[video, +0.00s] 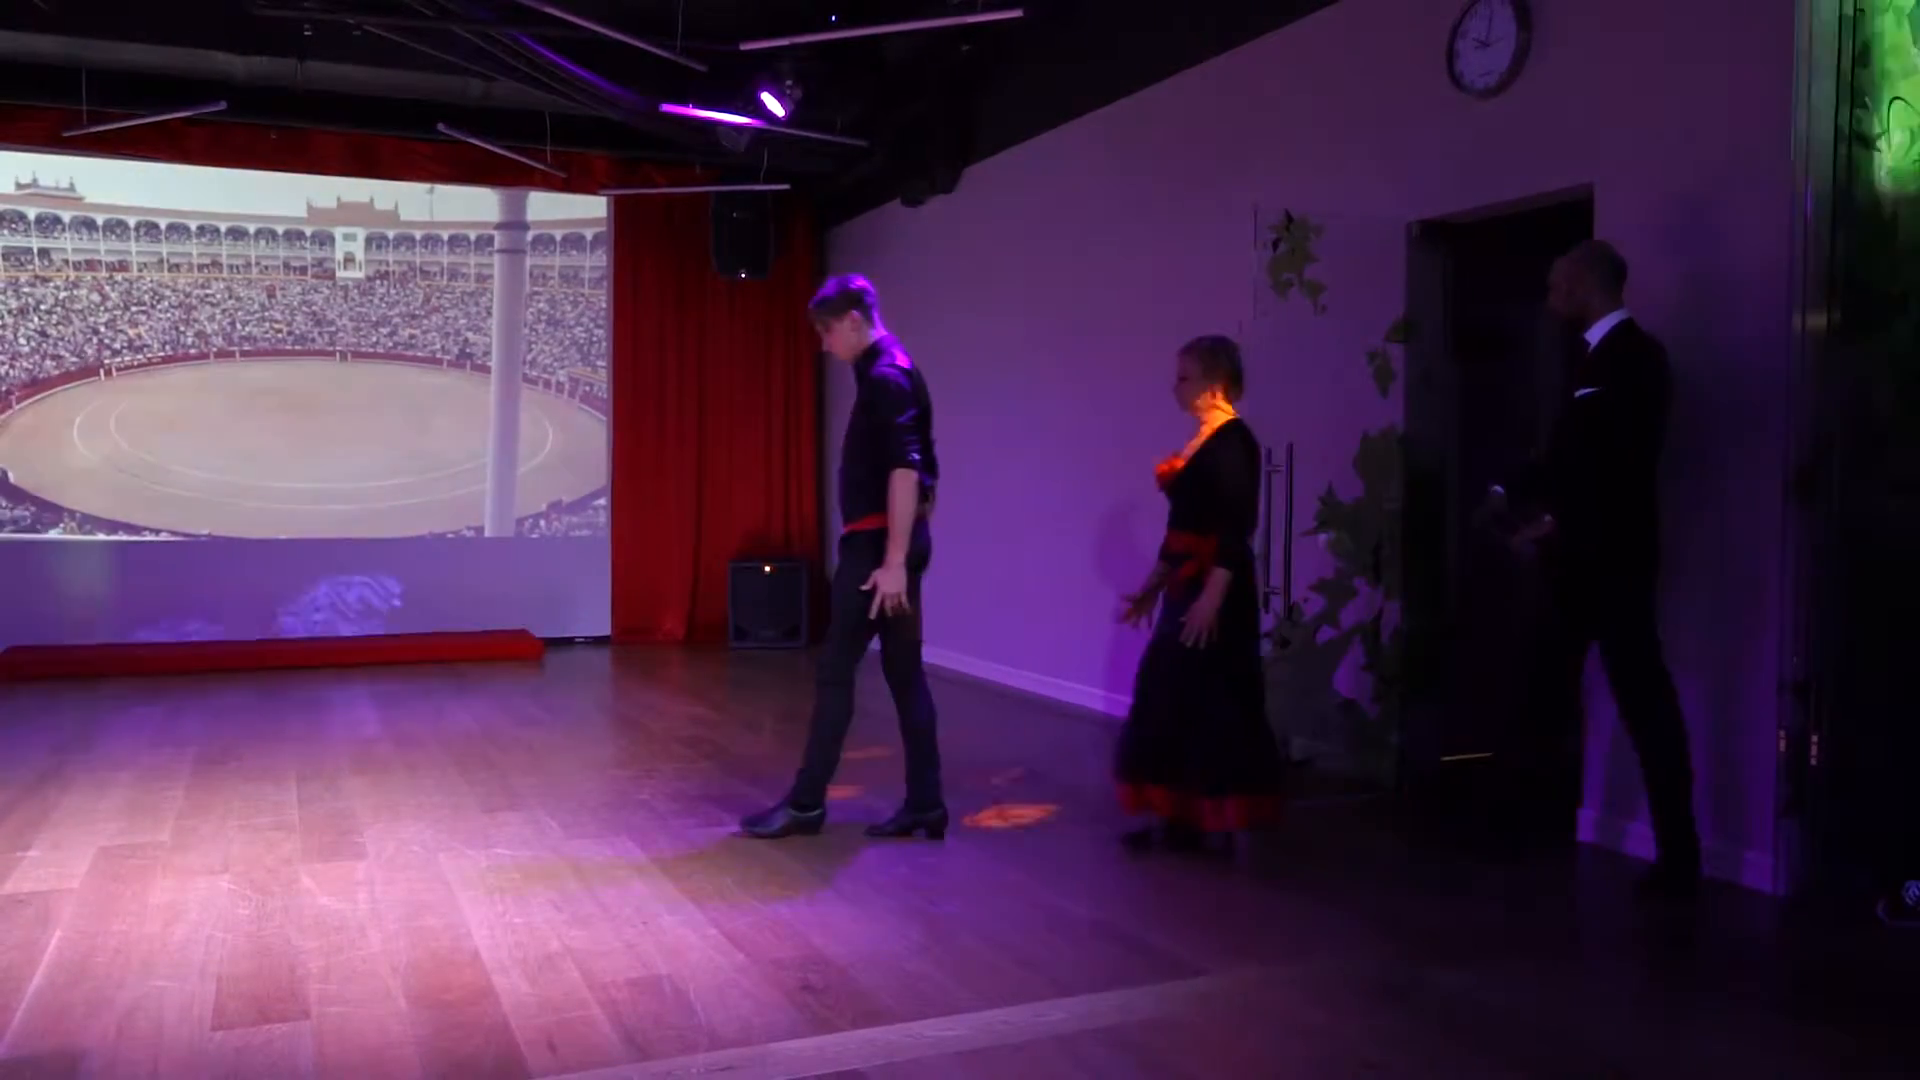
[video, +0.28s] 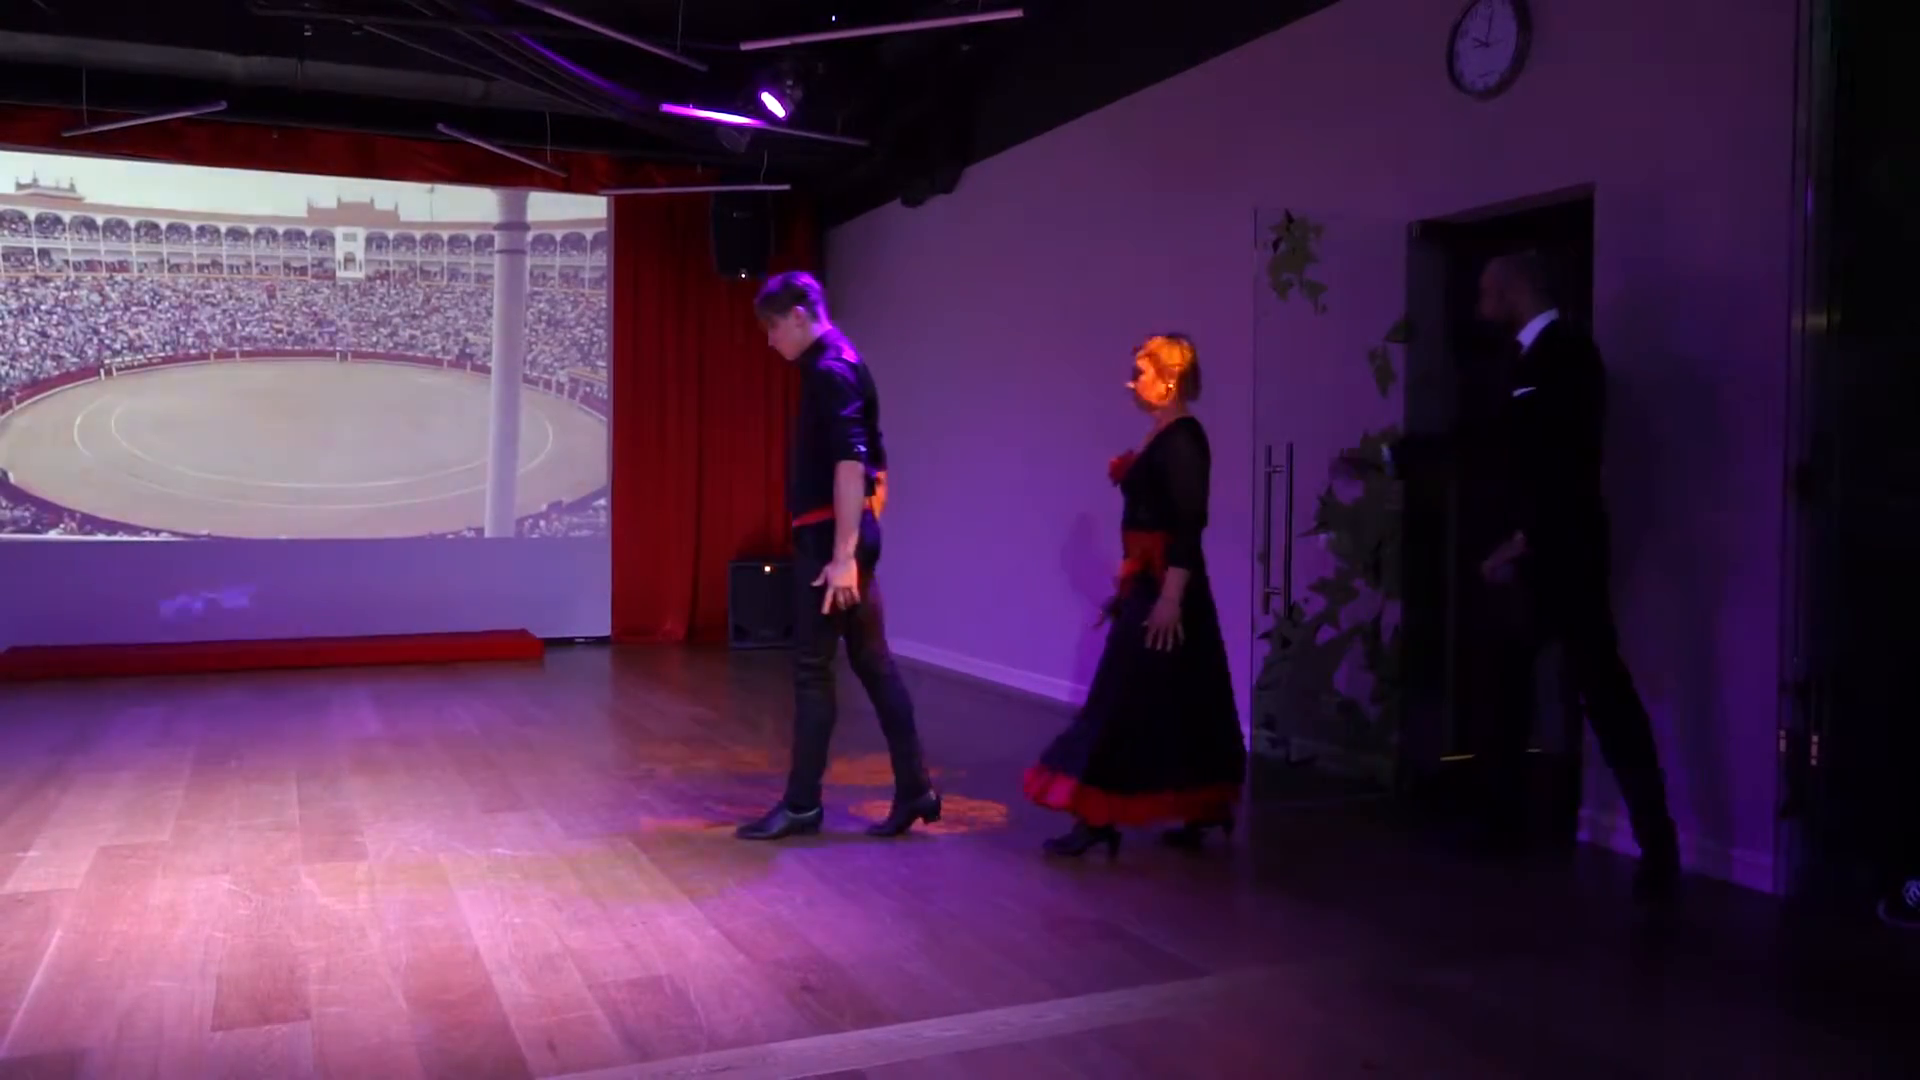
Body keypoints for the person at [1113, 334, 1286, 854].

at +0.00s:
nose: (1177, 388)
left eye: (1185, 379)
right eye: (1177, 379)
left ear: (1216, 383)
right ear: (1210, 385)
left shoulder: (1236, 443)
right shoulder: (1202, 442)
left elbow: (1236, 532)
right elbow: (1182, 528)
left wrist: (1211, 599)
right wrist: (1152, 588)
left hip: (1218, 596)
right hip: (1188, 592)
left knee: (1204, 702)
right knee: (1173, 695)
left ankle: (1205, 816)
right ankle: (1178, 811)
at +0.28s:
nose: (1134, 381)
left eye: (1143, 372)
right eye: (1136, 372)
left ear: (1171, 380)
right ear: (1168, 382)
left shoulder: (1182, 440)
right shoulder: (1166, 437)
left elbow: (1187, 525)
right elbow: (1159, 509)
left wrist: (1171, 597)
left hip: (1161, 591)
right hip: (1162, 586)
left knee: (1119, 699)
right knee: (1187, 699)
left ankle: (1098, 814)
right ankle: (1202, 806)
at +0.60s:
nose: (1089, 376)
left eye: (1098, 367)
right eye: (1091, 366)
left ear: (1126, 376)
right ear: (1129, 377)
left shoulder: (1133, 433)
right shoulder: (1121, 433)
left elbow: (1156, 504)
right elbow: (1117, 498)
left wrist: (1151, 583)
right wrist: (1081, 467)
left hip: (1116, 590)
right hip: (1117, 587)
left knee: (1098, 699)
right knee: (1157, 694)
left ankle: (1099, 815)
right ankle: (1198, 788)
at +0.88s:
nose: (1055, 379)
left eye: (1064, 370)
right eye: (1057, 370)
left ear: (1092, 375)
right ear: (1091, 376)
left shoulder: (1101, 435)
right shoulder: (1084, 434)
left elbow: (1129, 506)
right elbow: (1084, 497)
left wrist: (1136, 581)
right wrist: (1050, 470)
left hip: (1093, 589)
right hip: (1087, 584)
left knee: (1088, 701)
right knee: (1133, 693)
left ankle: (1096, 815)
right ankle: (1185, 786)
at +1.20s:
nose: (996, 390)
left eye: (1004, 380)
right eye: (998, 380)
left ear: (1029, 387)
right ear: (1037, 387)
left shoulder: (1045, 448)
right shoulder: (1038, 444)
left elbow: (1056, 528)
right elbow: (1033, 513)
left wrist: (1060, 602)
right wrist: (1001, 486)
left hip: (1047, 596)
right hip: (1047, 591)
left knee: (1001, 694)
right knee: (1068, 706)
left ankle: (1063, 818)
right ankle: (1083, 819)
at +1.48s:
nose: (912, 397)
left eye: (920, 388)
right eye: (916, 386)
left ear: (944, 397)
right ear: (956, 398)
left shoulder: (952, 456)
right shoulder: (963, 452)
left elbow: (940, 534)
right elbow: (939, 534)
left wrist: (900, 585)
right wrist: (896, 575)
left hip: (950, 598)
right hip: (966, 594)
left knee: (893, 697)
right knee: (1003, 703)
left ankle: (868, 813)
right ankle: (1059, 811)